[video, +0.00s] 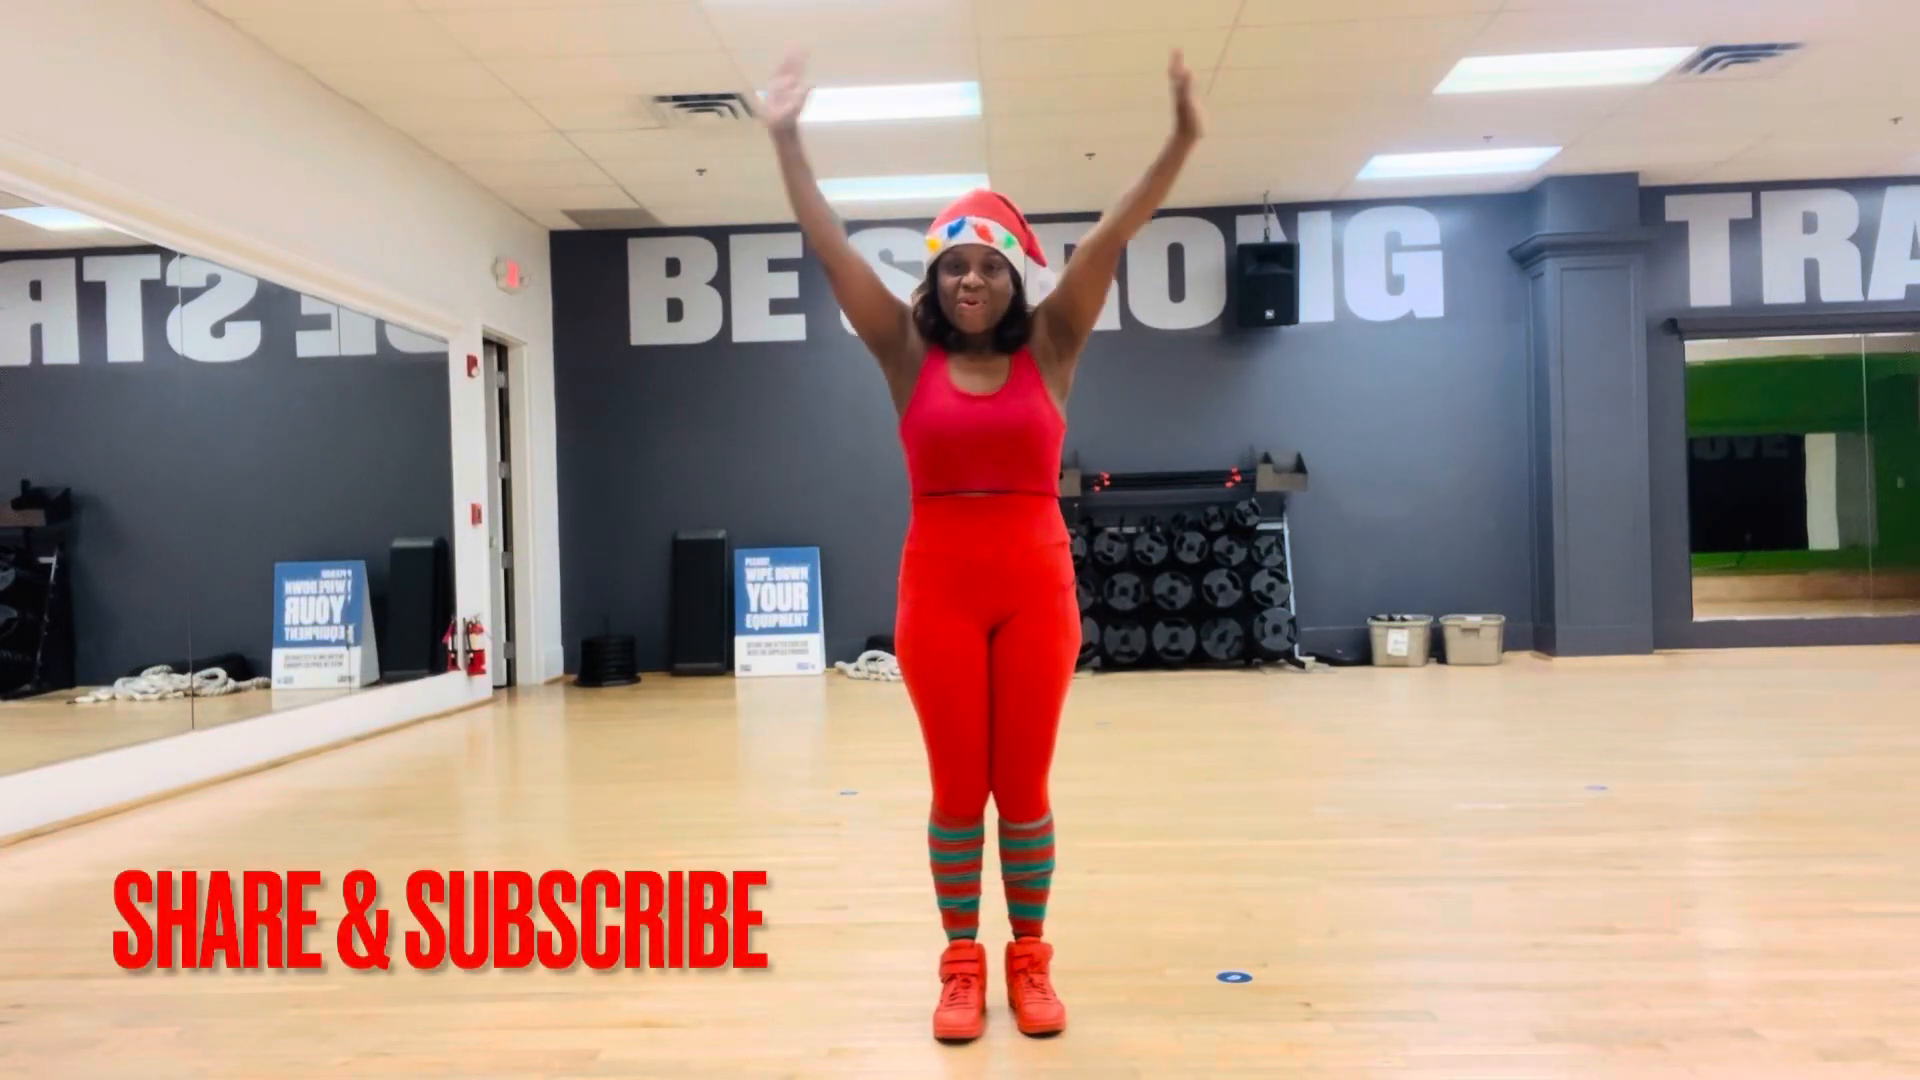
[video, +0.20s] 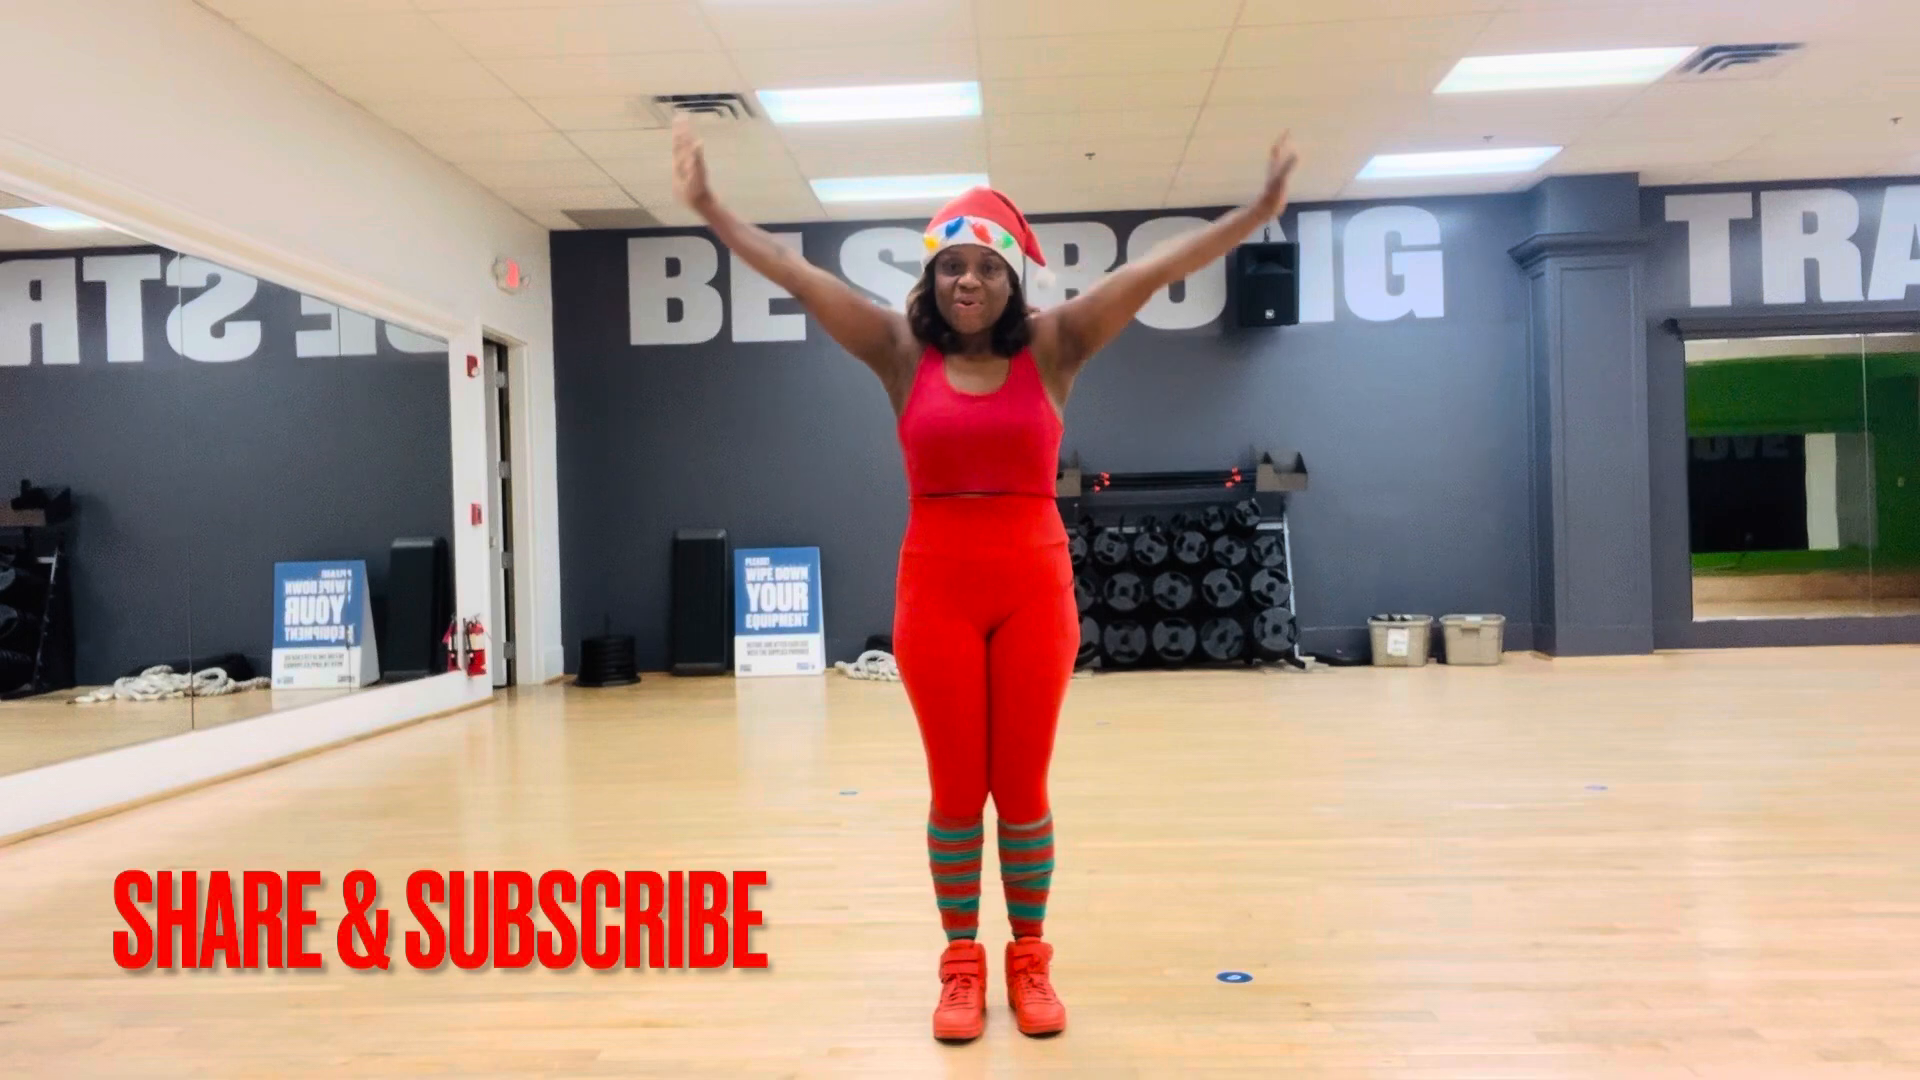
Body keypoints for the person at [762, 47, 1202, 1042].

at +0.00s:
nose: (972, 282)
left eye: (988, 270)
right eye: (956, 271)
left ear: (1017, 286)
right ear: (935, 286)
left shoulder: (1048, 350)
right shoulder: (911, 354)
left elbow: (1109, 243)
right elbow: (832, 249)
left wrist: (1182, 142)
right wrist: (783, 138)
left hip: (1036, 590)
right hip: (939, 593)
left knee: (1023, 784)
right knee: (958, 784)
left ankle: (1030, 959)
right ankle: (962, 964)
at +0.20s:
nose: (967, 283)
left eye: (986, 269)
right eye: (952, 268)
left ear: (1015, 277)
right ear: (930, 275)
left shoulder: (1052, 345)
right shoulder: (902, 346)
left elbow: (1150, 274)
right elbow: (797, 276)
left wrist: (1255, 212)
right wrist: (711, 212)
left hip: (1036, 584)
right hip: (935, 588)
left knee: (1022, 782)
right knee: (957, 783)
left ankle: (1030, 960)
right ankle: (962, 964)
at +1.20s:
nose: (967, 282)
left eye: (987, 270)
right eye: (954, 265)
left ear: (1011, 287)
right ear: (931, 277)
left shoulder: (1049, 375)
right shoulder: (892, 376)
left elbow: (1067, 485)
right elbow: (882, 494)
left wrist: (1073, 585)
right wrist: (878, 596)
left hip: (1029, 592)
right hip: (930, 596)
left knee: (1019, 785)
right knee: (955, 788)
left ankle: (1030, 963)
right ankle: (962, 966)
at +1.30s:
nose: (964, 284)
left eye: (983, 272)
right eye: (950, 268)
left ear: (1008, 288)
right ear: (929, 281)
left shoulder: (1045, 371)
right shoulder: (892, 374)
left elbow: (1064, 478)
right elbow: (884, 485)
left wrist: (988, 544)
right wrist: (928, 557)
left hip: (1033, 592)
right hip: (933, 594)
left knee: (1021, 782)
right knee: (955, 783)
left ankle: (1030, 966)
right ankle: (962, 968)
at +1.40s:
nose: (965, 280)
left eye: (983, 266)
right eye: (949, 265)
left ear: (1007, 279)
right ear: (927, 280)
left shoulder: (1044, 368)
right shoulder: (892, 374)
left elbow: (1064, 480)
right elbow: (880, 495)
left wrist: (944, 472)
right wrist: (978, 524)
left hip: (1034, 590)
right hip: (936, 592)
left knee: (1021, 782)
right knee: (956, 784)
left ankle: (1031, 966)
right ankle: (963, 969)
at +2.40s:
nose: (978, 281)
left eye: (996, 267)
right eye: (963, 267)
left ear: (1024, 282)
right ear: (942, 284)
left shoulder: (1070, 368)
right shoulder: (912, 387)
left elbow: (1114, 485)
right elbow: (873, 496)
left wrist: (1051, 465)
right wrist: (917, 520)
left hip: (1036, 605)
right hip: (934, 606)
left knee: (1040, 801)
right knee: (952, 798)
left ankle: (1030, 967)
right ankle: (960, 970)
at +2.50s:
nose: (998, 281)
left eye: (1017, 268)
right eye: (984, 264)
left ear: (1043, 287)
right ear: (962, 279)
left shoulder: (1079, 380)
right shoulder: (916, 371)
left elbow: (1117, 489)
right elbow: (867, 474)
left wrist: (1069, 500)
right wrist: (920, 485)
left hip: (1049, 604)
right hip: (946, 604)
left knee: (1041, 791)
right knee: (950, 796)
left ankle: (1052, 960)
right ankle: (963, 970)